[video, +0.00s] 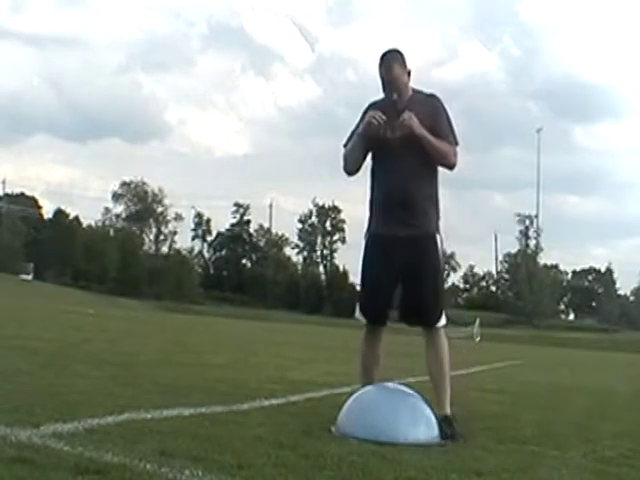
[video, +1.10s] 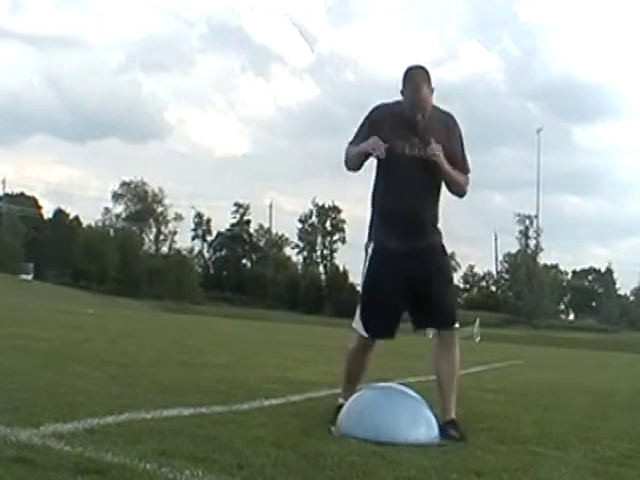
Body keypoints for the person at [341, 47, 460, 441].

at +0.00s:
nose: (391, 88)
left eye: (396, 81)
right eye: (386, 83)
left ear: (408, 75)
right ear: (379, 80)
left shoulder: (431, 105)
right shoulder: (373, 113)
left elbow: (451, 159)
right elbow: (350, 166)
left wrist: (419, 131)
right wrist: (366, 133)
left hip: (422, 233)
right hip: (381, 233)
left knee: (433, 326)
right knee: (374, 326)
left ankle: (444, 414)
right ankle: (366, 407)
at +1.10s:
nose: (419, 112)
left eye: (423, 105)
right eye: (412, 106)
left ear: (433, 95)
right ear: (401, 96)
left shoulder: (447, 124)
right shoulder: (383, 116)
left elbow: (462, 187)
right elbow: (351, 162)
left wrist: (442, 163)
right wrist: (364, 148)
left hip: (428, 243)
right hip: (386, 243)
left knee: (446, 328)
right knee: (367, 335)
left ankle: (448, 418)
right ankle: (345, 405)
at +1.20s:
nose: (431, 134)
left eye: (436, 128)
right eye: (424, 127)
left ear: (444, 120)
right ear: (413, 118)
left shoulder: (448, 141)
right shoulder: (389, 136)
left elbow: (461, 203)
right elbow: (348, 167)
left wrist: (452, 186)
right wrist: (371, 181)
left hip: (427, 255)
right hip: (389, 256)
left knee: (454, 328)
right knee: (376, 349)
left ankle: (448, 419)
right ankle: (342, 401)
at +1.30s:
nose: (441, 174)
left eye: (447, 169)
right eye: (437, 168)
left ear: (453, 162)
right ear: (425, 155)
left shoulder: (449, 179)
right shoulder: (398, 173)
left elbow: (459, 228)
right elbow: (354, 206)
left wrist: (450, 214)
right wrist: (384, 243)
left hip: (427, 275)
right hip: (389, 277)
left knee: (460, 334)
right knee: (382, 370)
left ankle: (450, 420)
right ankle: (342, 394)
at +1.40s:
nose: (445, 222)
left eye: (451, 217)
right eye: (440, 215)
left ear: (460, 207)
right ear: (429, 202)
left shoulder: (454, 204)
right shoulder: (405, 217)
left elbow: (453, 234)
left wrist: (454, 256)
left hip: (429, 291)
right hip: (395, 292)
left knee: (463, 333)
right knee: (398, 380)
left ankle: (450, 419)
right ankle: (343, 393)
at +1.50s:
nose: (450, 257)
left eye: (456, 252)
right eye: (445, 252)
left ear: (462, 234)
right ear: (434, 231)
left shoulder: (456, 223)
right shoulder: (406, 239)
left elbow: (462, 260)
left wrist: (452, 290)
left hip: (422, 292)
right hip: (386, 292)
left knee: (462, 329)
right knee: (393, 384)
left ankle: (451, 419)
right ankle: (343, 394)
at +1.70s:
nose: (437, 267)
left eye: (444, 263)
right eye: (434, 259)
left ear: (457, 252)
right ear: (428, 237)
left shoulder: (457, 265)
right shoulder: (401, 223)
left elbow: (447, 332)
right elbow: (352, 246)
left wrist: (418, 385)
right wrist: (374, 296)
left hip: (423, 306)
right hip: (386, 298)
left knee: (464, 331)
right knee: (381, 380)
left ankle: (451, 419)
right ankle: (340, 394)